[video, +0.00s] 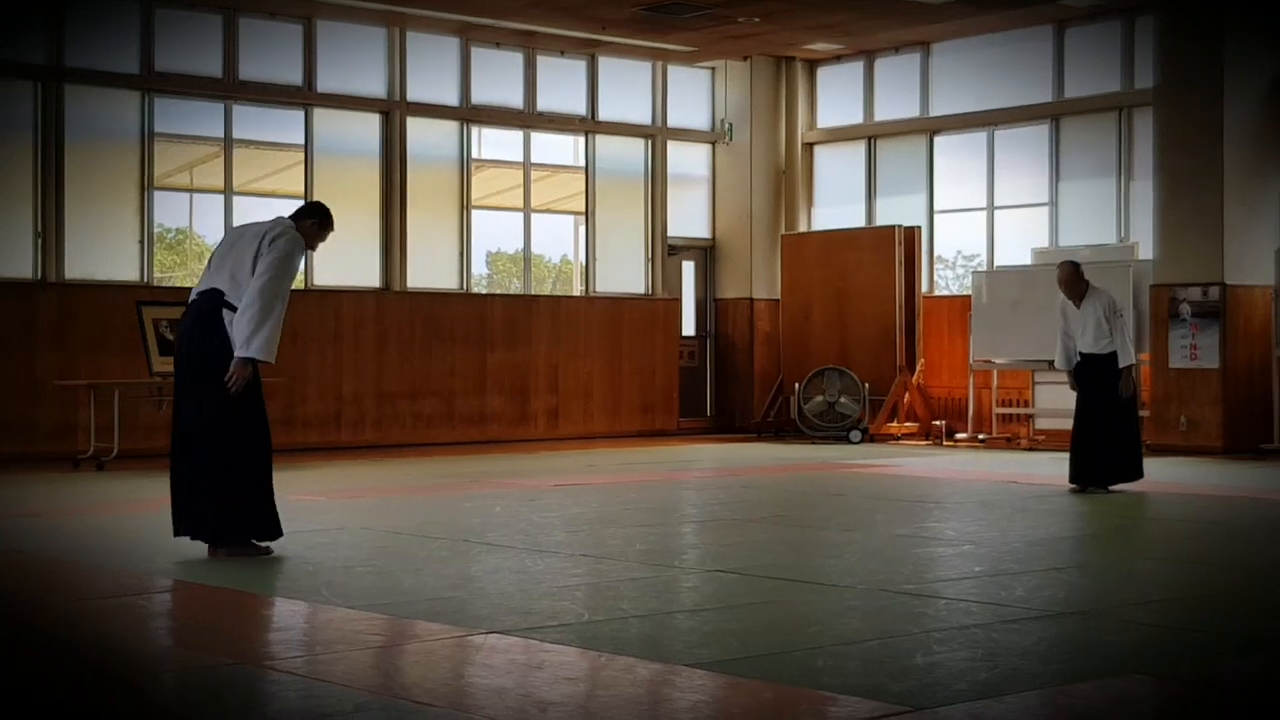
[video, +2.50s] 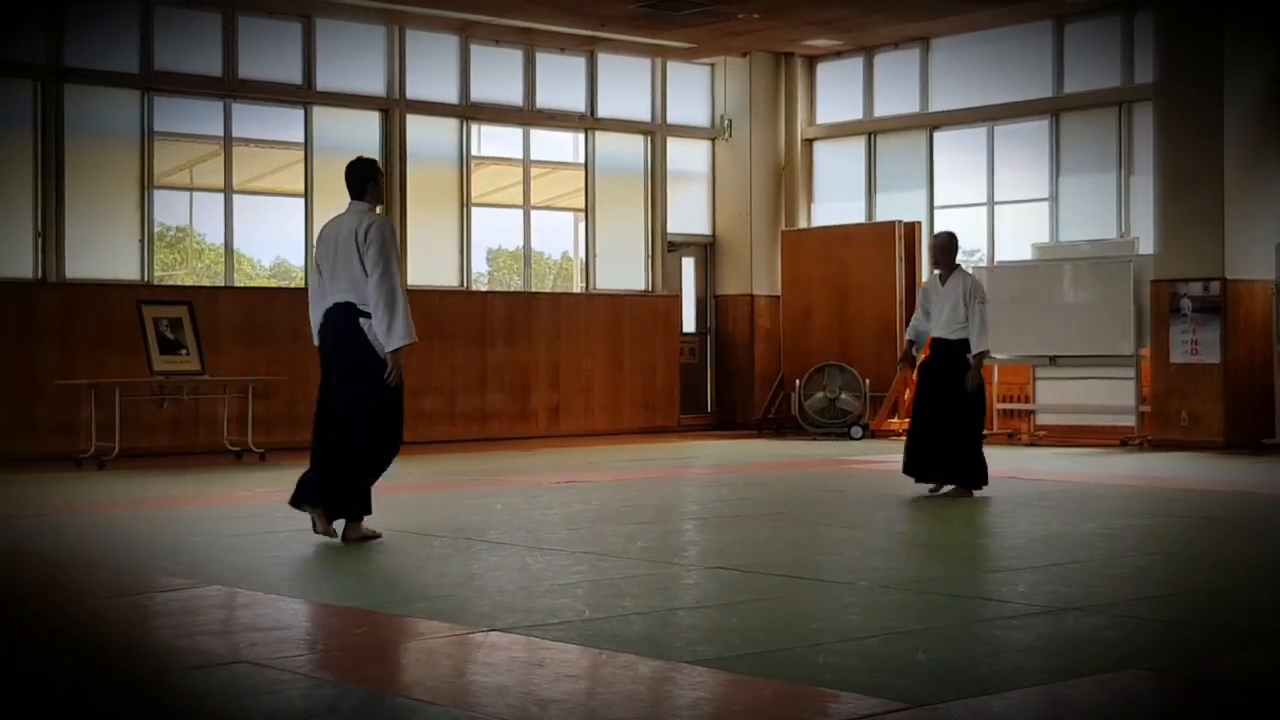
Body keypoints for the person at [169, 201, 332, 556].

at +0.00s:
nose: (316, 246)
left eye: (320, 241)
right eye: (319, 238)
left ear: (296, 216)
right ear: (310, 224)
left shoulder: (243, 232)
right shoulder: (288, 237)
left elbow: (213, 281)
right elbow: (263, 291)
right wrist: (245, 353)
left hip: (196, 326)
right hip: (222, 328)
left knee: (209, 430)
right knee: (238, 432)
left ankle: (218, 533)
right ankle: (232, 536)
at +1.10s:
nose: (300, 189)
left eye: (301, 182)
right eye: (300, 182)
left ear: (265, 178)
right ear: (290, 180)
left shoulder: (228, 216)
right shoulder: (279, 217)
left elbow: (215, 276)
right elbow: (273, 279)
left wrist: (213, 328)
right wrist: (269, 343)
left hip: (213, 324)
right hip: (246, 327)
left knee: (215, 426)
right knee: (247, 428)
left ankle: (215, 527)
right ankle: (235, 531)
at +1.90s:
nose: (305, 182)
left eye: (303, 175)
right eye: (303, 175)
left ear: (268, 178)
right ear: (294, 178)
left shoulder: (243, 223)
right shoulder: (293, 221)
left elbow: (234, 284)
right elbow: (295, 287)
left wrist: (238, 333)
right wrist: (300, 346)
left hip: (247, 328)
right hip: (279, 329)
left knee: (252, 426)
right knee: (285, 427)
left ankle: (243, 527)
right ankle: (279, 526)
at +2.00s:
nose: (318, 183)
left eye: (316, 176)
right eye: (314, 177)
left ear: (282, 181)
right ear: (303, 180)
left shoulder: (257, 224)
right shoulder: (305, 223)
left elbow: (246, 285)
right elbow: (305, 289)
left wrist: (246, 336)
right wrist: (311, 347)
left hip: (258, 328)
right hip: (286, 329)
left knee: (306, 422)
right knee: (268, 427)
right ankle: (249, 529)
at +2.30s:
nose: (358, 192)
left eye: (356, 186)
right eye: (354, 187)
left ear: (324, 192)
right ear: (342, 191)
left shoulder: (300, 234)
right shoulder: (347, 231)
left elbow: (286, 293)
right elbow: (350, 294)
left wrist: (286, 343)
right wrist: (355, 352)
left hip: (302, 339)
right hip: (330, 341)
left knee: (339, 430)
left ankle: (350, 519)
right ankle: (251, 517)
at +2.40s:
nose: (372, 189)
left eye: (370, 183)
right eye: (368, 184)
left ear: (337, 189)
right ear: (357, 187)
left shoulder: (315, 231)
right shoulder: (363, 228)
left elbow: (303, 291)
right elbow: (367, 291)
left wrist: (305, 341)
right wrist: (374, 348)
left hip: (319, 334)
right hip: (349, 335)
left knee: (342, 429)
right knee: (346, 429)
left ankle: (355, 522)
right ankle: (276, 504)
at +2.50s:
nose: (384, 189)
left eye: (381, 182)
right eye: (382, 183)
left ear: (349, 187)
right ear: (374, 186)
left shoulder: (328, 229)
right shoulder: (376, 226)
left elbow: (318, 287)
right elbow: (383, 287)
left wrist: (321, 334)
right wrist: (392, 344)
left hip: (332, 329)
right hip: (365, 329)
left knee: (341, 419)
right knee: (383, 427)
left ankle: (353, 520)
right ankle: (322, 497)